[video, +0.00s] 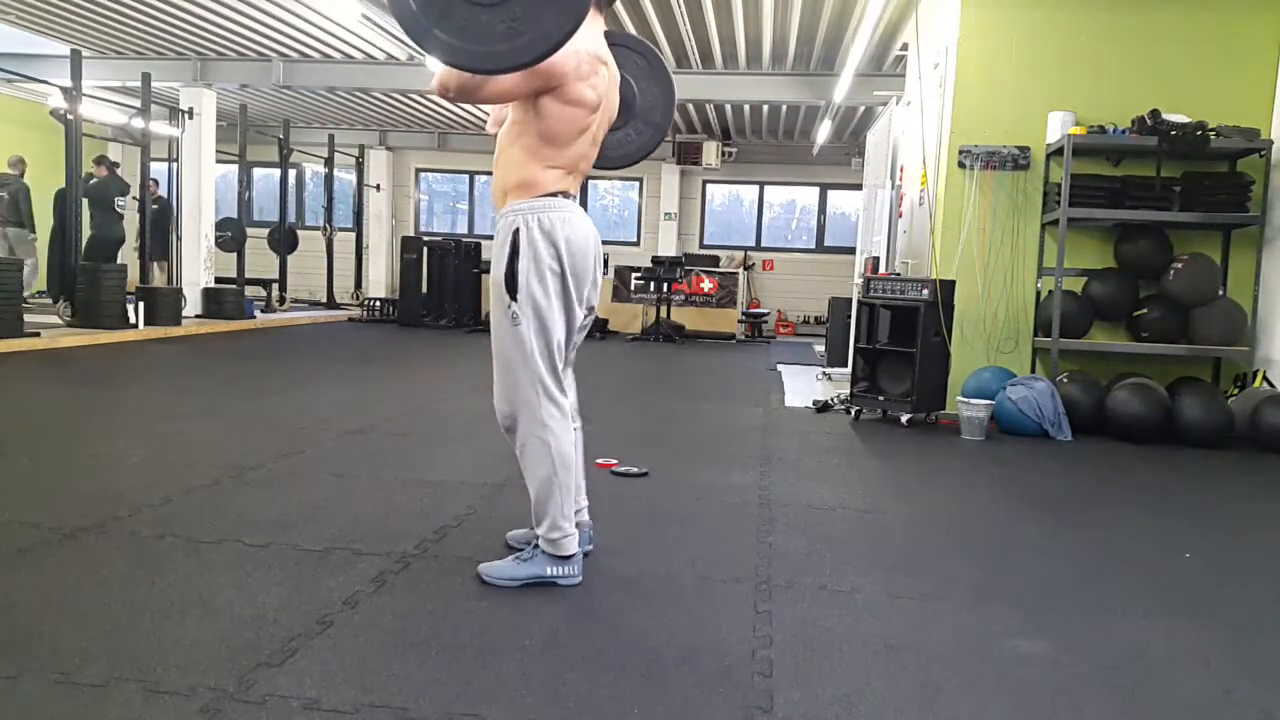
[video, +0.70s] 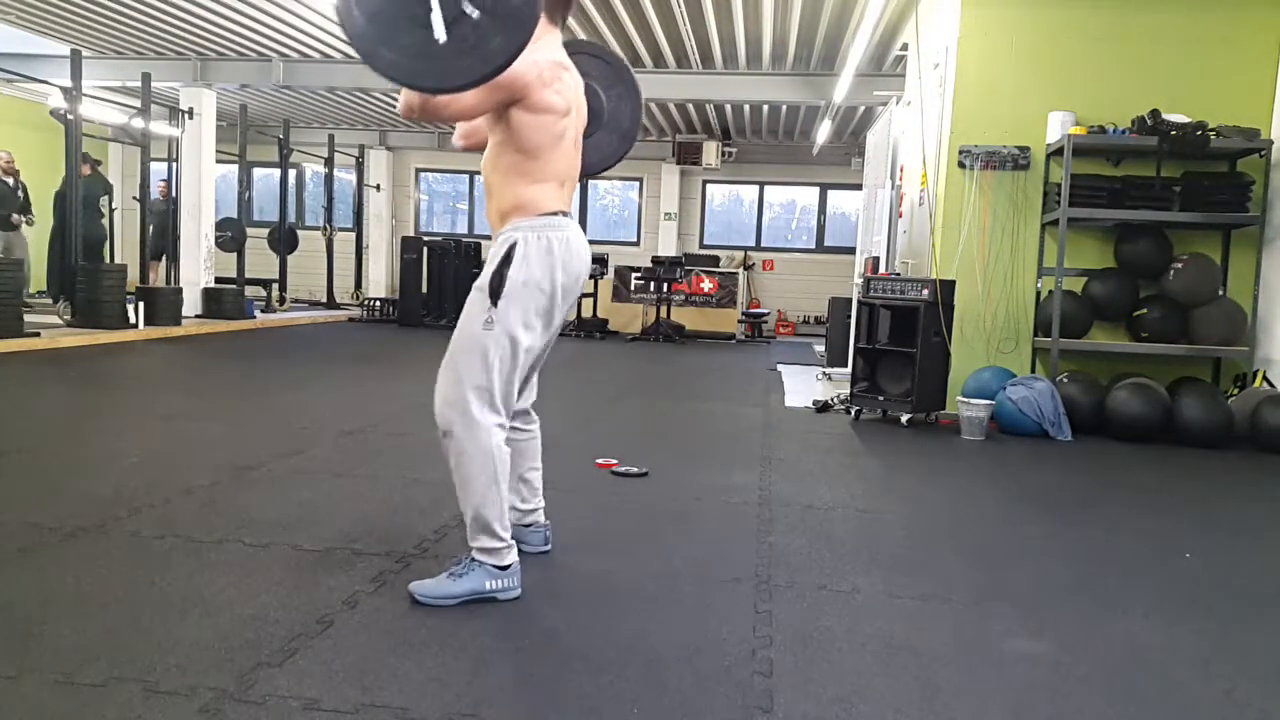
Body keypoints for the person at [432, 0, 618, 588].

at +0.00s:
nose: (540, 15)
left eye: (547, 7)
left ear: (571, 5)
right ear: (603, 11)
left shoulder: (562, 51)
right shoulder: (608, 75)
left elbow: (449, 84)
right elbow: (559, 144)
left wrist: (485, 25)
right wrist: (508, 121)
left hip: (533, 230)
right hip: (569, 226)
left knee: (532, 398)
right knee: (549, 389)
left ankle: (559, 550)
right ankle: (569, 522)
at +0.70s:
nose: (489, 21)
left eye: (497, 11)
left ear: (524, 8)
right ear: (559, 12)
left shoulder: (525, 62)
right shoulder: (565, 74)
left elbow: (416, 104)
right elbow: (467, 137)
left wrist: (440, 44)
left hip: (527, 247)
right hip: (562, 244)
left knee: (464, 399)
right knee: (514, 400)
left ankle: (492, 561)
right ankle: (527, 521)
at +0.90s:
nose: (481, 46)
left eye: (489, 34)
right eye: (482, 33)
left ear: (515, 41)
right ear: (539, 44)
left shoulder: (512, 103)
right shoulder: (549, 104)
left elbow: (409, 153)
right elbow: (474, 172)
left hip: (541, 284)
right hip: (571, 280)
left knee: (437, 408)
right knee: (504, 409)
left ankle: (490, 563)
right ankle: (527, 522)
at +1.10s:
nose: (471, 113)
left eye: (480, 102)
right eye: (475, 102)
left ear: (504, 110)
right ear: (525, 114)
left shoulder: (498, 171)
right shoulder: (540, 170)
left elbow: (439, 237)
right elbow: (457, 241)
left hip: (545, 342)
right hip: (580, 334)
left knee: (410, 424)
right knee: (484, 403)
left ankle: (488, 563)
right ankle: (525, 522)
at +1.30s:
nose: (456, 181)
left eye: (466, 171)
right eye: (459, 169)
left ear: (491, 182)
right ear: (503, 184)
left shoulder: (490, 241)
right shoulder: (531, 236)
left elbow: (427, 298)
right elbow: (444, 311)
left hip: (550, 404)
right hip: (585, 392)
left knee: (401, 433)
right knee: (461, 405)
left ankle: (488, 565)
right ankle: (522, 522)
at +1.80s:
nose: (463, 117)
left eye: (474, 107)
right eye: (468, 105)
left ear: (500, 121)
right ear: (511, 125)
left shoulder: (492, 176)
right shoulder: (529, 178)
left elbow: (401, 238)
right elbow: (448, 254)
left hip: (539, 344)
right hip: (575, 336)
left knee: (401, 429)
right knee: (477, 406)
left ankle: (487, 563)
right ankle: (522, 521)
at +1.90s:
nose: (474, 63)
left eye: (486, 53)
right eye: (479, 51)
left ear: (511, 72)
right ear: (522, 76)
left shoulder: (498, 132)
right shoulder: (537, 135)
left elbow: (398, 191)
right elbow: (451, 209)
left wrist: (395, 119)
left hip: (526, 305)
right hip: (559, 300)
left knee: (408, 426)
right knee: (485, 410)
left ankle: (490, 564)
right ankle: (525, 522)